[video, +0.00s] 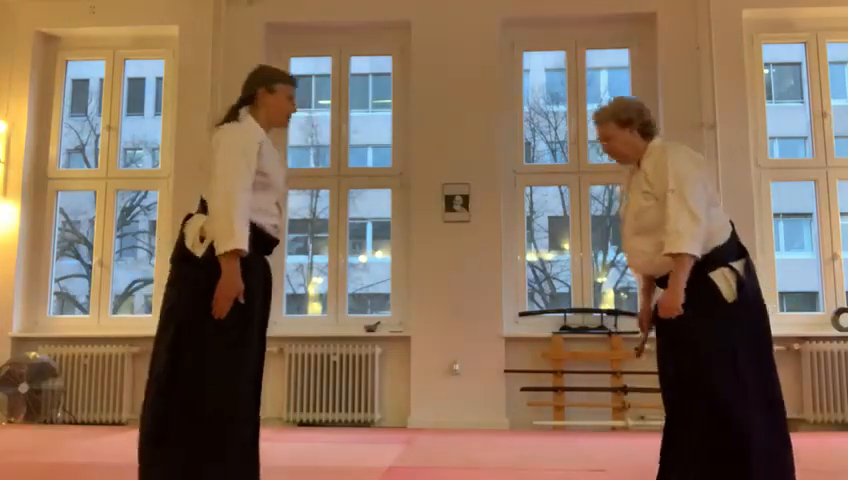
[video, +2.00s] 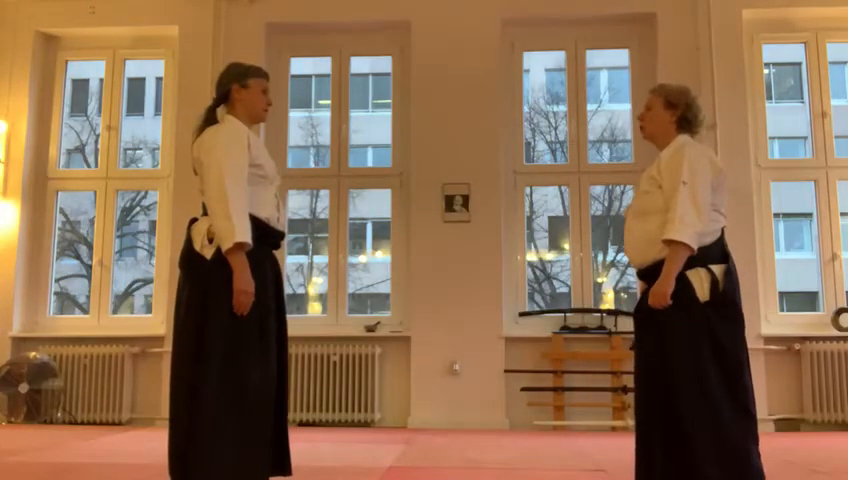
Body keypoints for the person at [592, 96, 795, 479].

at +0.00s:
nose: (604, 149)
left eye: (606, 139)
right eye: (601, 142)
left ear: (631, 130)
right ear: (626, 134)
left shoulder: (673, 158)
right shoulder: (636, 177)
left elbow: (690, 223)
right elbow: (645, 240)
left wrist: (675, 287)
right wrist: (645, 299)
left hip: (716, 284)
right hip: (677, 290)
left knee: (727, 393)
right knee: (687, 396)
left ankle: (737, 474)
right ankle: (690, 474)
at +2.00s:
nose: (641, 117)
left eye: (648, 109)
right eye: (643, 110)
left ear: (672, 113)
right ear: (668, 114)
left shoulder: (688, 152)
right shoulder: (671, 157)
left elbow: (688, 218)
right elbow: (677, 220)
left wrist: (667, 276)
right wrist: (654, 277)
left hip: (689, 282)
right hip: (667, 283)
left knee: (692, 394)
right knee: (668, 394)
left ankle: (703, 475)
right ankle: (676, 474)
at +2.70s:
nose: (629, 121)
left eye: (636, 114)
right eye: (631, 114)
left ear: (661, 118)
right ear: (657, 120)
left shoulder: (680, 154)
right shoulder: (655, 165)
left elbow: (688, 217)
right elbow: (650, 235)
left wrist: (668, 271)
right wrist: (625, 290)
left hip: (690, 280)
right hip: (663, 284)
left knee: (693, 386)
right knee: (662, 389)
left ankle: (706, 472)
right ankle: (671, 472)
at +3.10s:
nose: (612, 117)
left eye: (620, 108)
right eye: (614, 109)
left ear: (646, 112)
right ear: (640, 115)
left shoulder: (665, 149)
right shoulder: (626, 170)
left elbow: (677, 210)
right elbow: (576, 204)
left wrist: (665, 271)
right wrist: (555, 163)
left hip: (667, 281)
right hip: (634, 286)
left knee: (674, 392)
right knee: (636, 394)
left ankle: (688, 472)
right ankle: (640, 473)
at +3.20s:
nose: (605, 114)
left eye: (613, 106)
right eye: (607, 106)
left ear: (639, 109)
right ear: (632, 112)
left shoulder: (664, 151)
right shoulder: (614, 169)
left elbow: (676, 211)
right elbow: (565, 197)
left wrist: (661, 270)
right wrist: (549, 153)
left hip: (662, 281)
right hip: (624, 286)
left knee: (666, 388)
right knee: (615, 384)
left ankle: (682, 471)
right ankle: (631, 470)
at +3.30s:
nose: (595, 110)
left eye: (602, 103)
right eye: (597, 103)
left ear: (628, 107)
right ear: (618, 110)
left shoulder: (655, 151)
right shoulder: (599, 167)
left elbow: (669, 210)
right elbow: (548, 193)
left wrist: (657, 268)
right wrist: (528, 149)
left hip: (657, 277)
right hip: (613, 284)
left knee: (658, 381)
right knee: (586, 373)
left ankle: (677, 469)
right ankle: (611, 466)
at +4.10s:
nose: (488, 128)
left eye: (495, 119)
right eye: (489, 120)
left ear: (523, 121)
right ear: (515, 122)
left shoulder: (566, 164)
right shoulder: (498, 182)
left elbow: (598, 216)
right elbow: (449, 214)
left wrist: (607, 275)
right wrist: (386, 222)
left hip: (586, 286)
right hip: (535, 297)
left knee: (598, 388)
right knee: (511, 387)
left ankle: (644, 474)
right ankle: (529, 474)